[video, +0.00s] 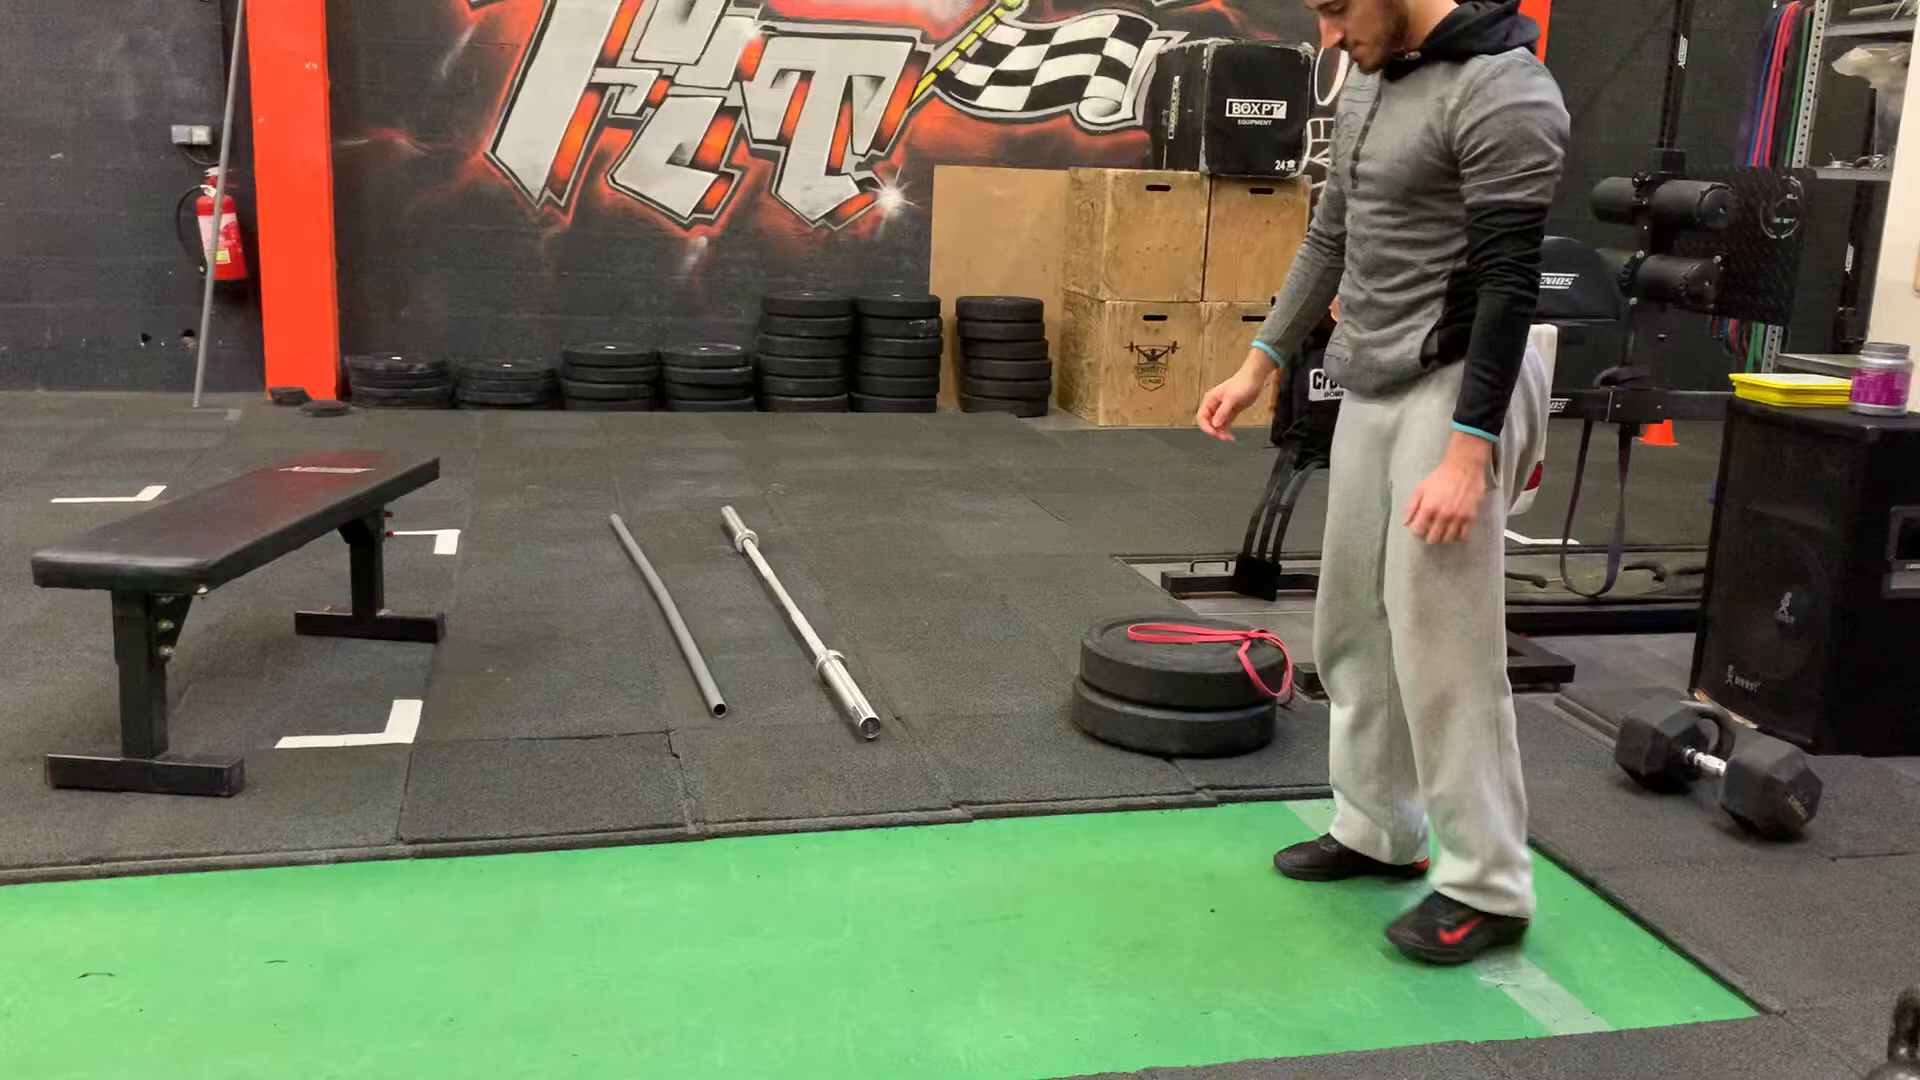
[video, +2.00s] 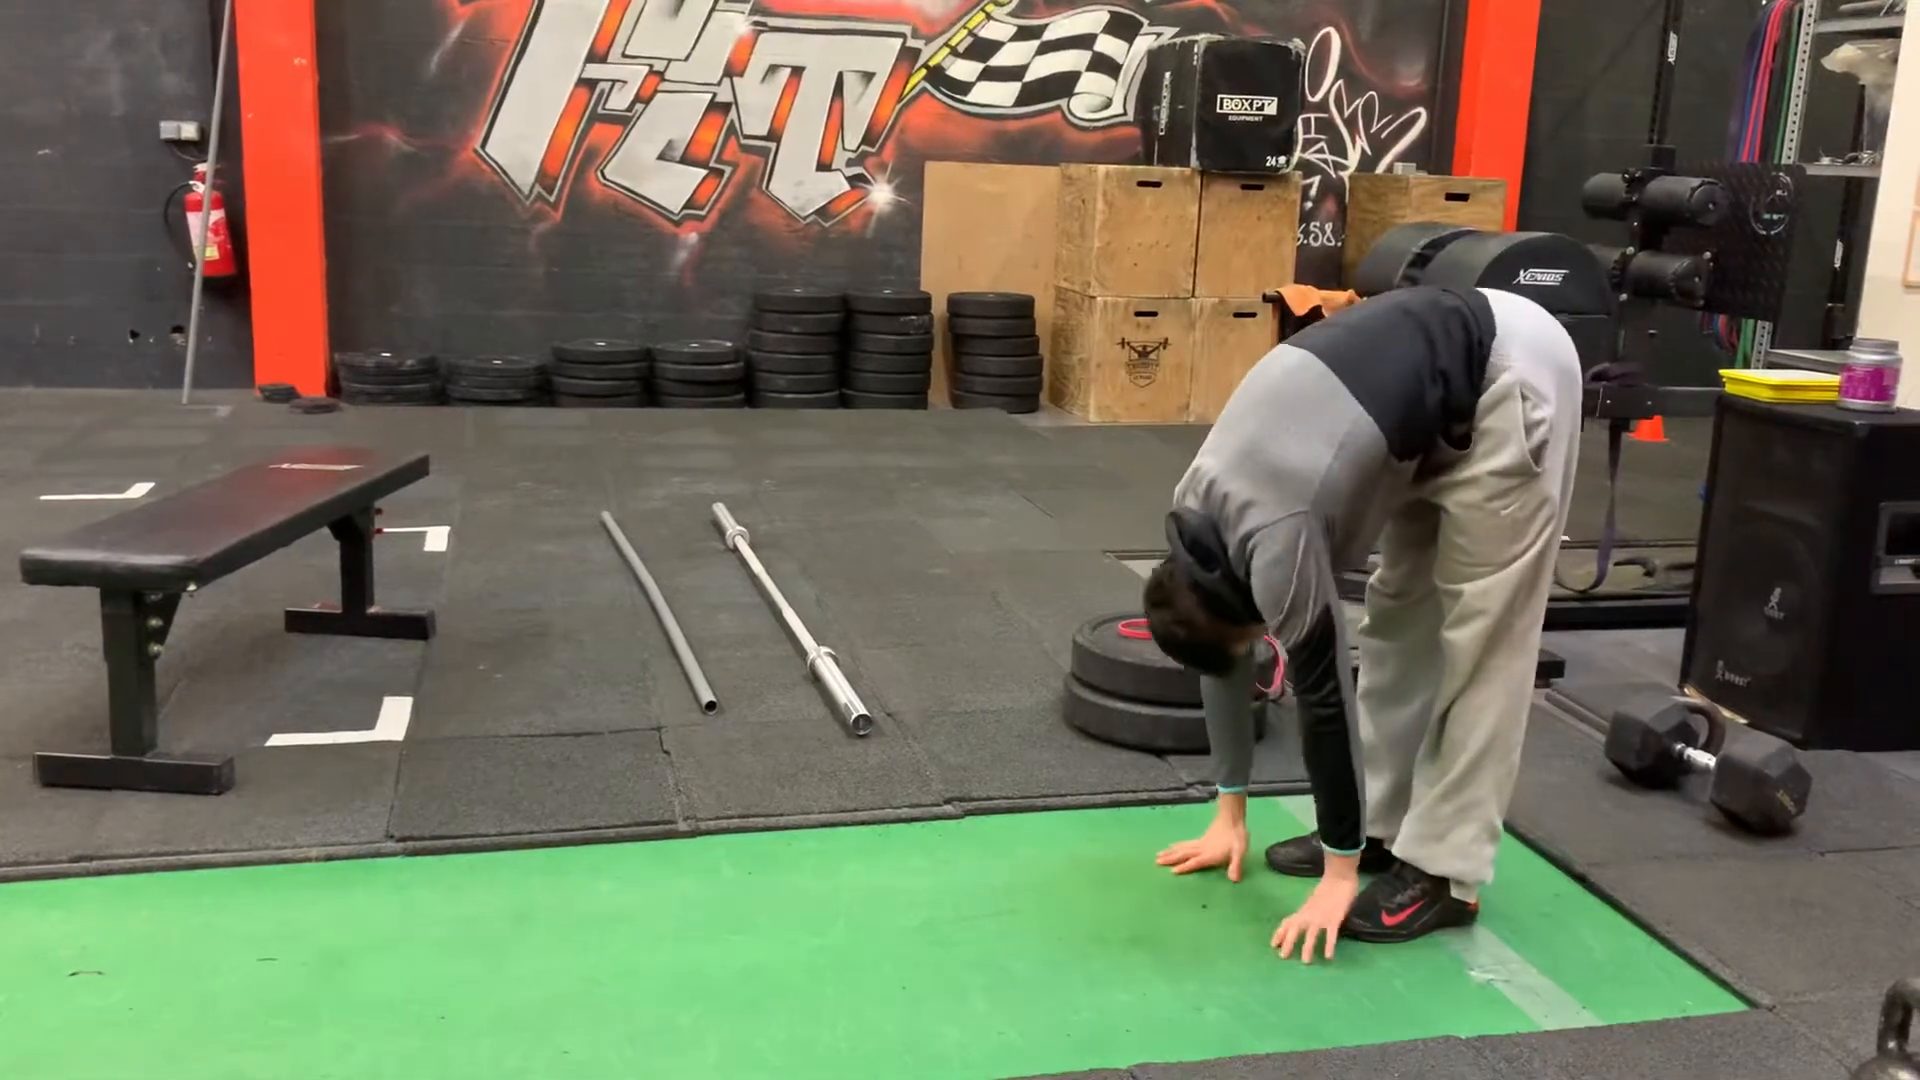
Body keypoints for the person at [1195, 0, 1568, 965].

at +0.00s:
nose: (1330, 34)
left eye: (1338, 11)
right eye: (1322, 17)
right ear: (1359, 10)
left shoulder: (1504, 93)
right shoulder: (1366, 80)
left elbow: (1510, 282)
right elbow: (1328, 236)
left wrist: (1470, 444)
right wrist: (1263, 360)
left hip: (1461, 390)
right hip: (1369, 385)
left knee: (1444, 636)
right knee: (1356, 617)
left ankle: (1487, 884)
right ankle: (1378, 826)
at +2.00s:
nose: (1257, 656)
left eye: (1249, 649)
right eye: (1239, 662)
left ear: (1229, 614)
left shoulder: (1279, 539)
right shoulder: (1191, 511)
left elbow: (1325, 701)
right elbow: (1225, 670)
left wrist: (1339, 871)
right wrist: (1229, 814)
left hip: (1512, 370)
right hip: (1420, 360)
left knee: (1480, 631)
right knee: (1397, 616)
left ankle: (1445, 872)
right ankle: (1377, 829)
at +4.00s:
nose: (530, 697)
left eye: (513, 687)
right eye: (512, 684)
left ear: (524, 655)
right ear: (518, 609)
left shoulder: (641, 608)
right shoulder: (603, 552)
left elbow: (667, 786)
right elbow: (660, 739)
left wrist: (676, 962)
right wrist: (656, 859)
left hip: (936, 591)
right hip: (925, 574)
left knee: (1150, 744)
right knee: (1120, 742)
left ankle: (1384, 828)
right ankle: (1315, 786)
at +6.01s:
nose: (1067, 699)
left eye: (1060, 691)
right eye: (1047, 700)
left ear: (1044, 643)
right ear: (1014, 633)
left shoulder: (1104, 595)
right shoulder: (1026, 567)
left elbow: (1130, 758)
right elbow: (1041, 705)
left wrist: (1140, 917)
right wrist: (1000, 829)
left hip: (1341, 379)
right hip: (1268, 388)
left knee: (1383, 637)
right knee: (1314, 631)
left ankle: (1427, 870)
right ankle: (1352, 826)